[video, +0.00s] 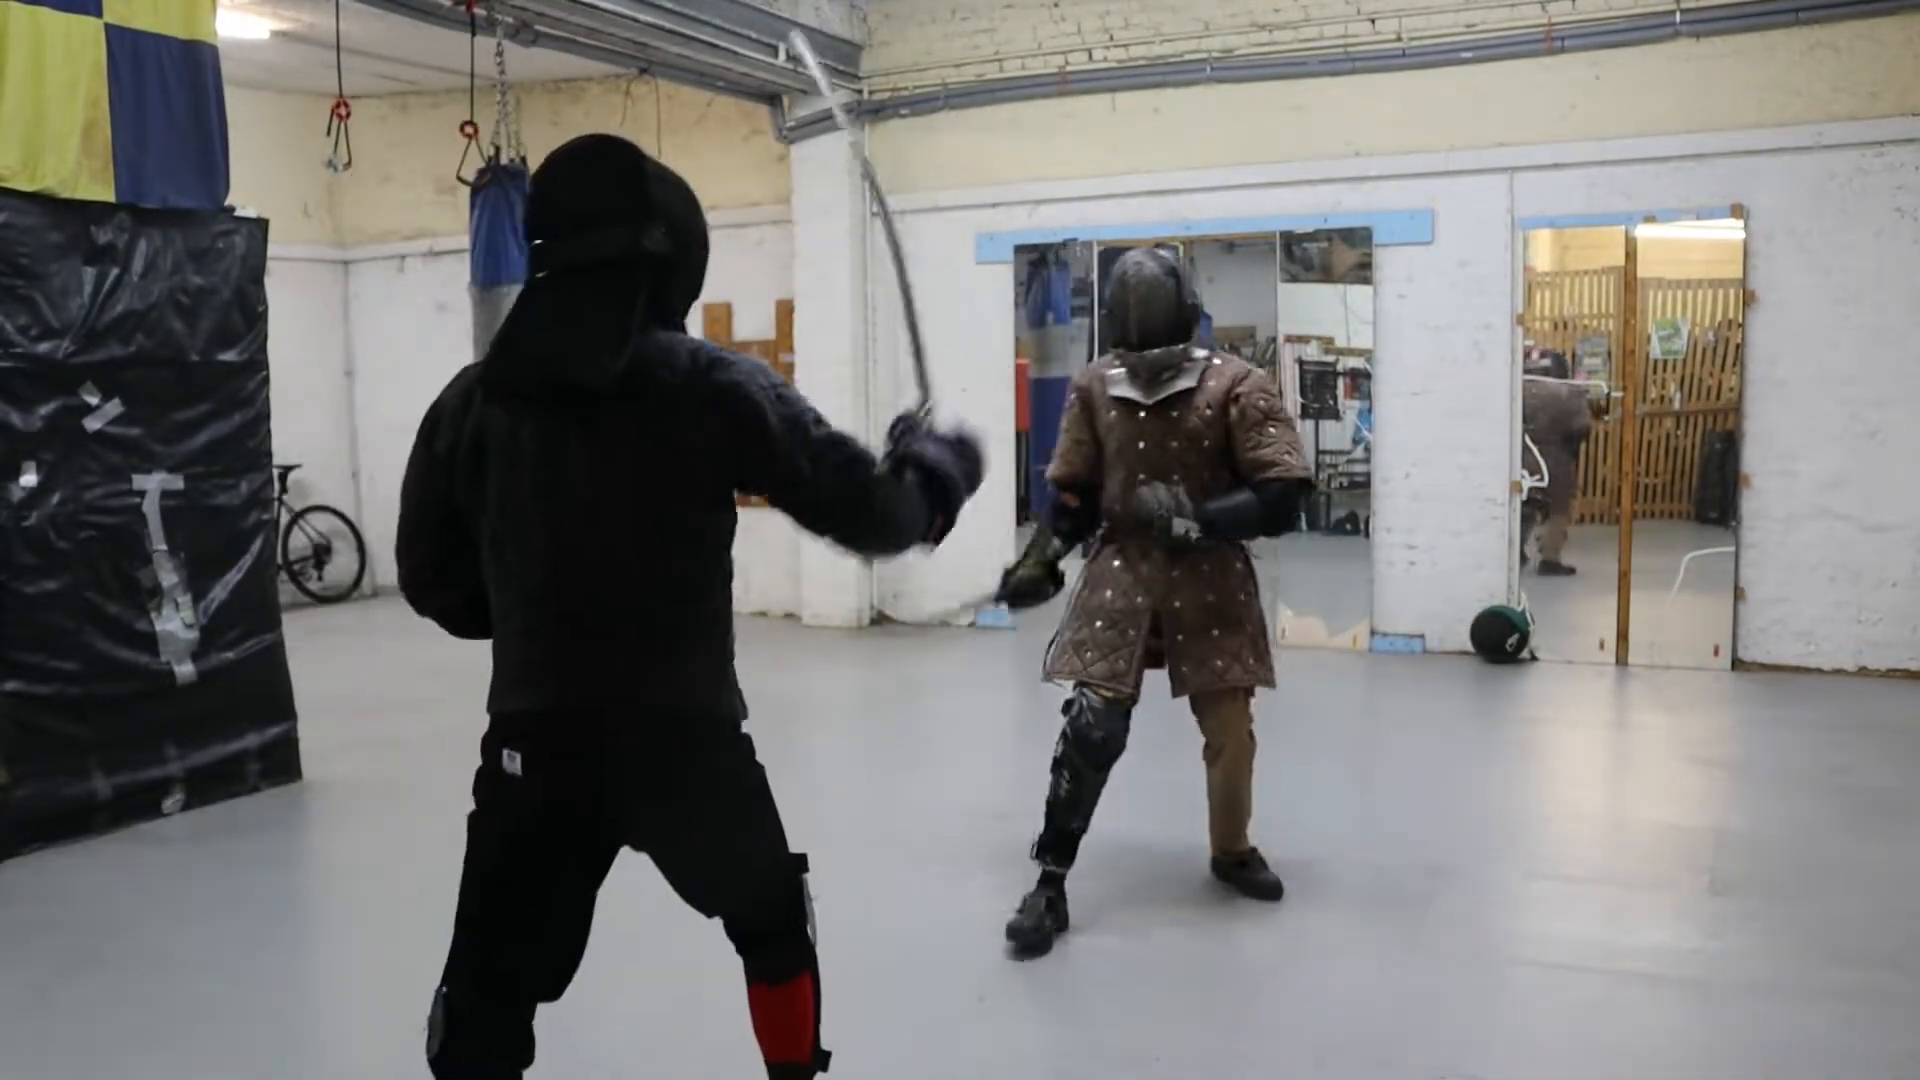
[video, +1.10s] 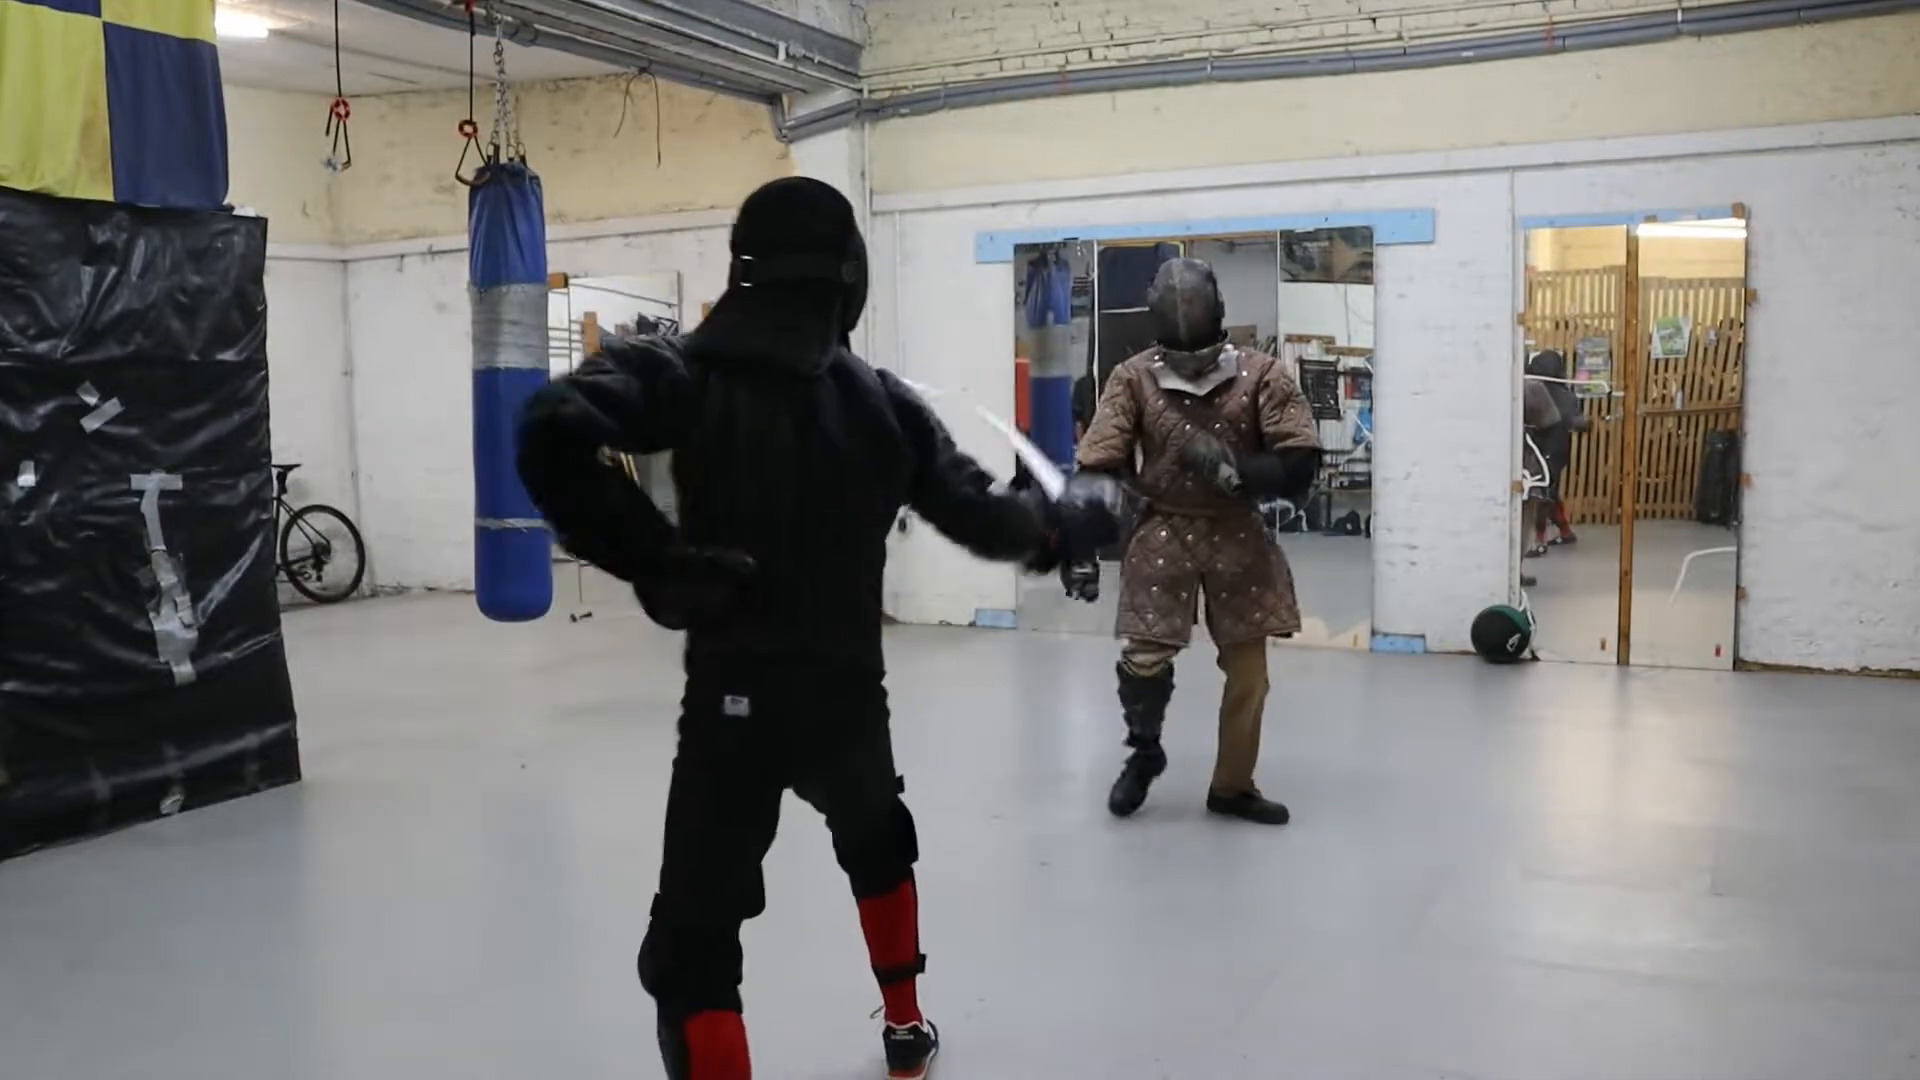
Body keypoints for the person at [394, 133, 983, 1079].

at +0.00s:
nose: (694, 264)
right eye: (684, 244)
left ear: (550, 258)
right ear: (666, 256)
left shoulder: (471, 402)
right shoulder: (710, 390)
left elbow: (435, 580)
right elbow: (873, 511)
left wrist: (540, 602)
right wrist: (938, 466)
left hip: (535, 755)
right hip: (683, 748)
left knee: (485, 995)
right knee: (771, 921)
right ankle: (794, 1071)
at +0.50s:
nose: (764, 264)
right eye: (758, 246)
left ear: (633, 254)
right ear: (752, 259)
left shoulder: (568, 378)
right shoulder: (792, 392)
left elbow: (412, 496)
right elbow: (890, 563)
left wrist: (542, 501)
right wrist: (940, 545)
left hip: (622, 738)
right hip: (758, 738)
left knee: (554, 988)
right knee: (792, 914)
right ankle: (796, 1072)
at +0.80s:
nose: (793, 256)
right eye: (789, 238)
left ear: (666, 245)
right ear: (781, 247)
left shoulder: (604, 372)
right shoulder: (825, 383)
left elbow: (466, 518)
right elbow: (895, 551)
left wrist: (476, 636)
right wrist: (940, 668)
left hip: (662, 704)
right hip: (797, 702)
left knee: (645, 942)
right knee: (833, 856)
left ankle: (685, 1075)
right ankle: (822, 1063)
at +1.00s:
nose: (831, 278)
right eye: (828, 261)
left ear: (716, 260)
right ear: (820, 267)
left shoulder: (659, 365)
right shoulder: (858, 396)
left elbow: (495, 425)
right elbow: (938, 542)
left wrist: (560, 597)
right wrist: (1019, 601)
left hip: (701, 701)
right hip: (819, 700)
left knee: (678, 933)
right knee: (865, 861)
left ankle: (696, 1074)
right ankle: (905, 1032)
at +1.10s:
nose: (854, 286)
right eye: (852, 270)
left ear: (745, 271)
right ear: (847, 278)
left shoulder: (688, 373)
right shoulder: (879, 401)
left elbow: (552, 430)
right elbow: (984, 518)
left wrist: (659, 562)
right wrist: (1061, 523)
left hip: (727, 698)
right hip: (844, 698)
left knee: (697, 931)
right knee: (878, 839)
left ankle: (719, 1071)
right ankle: (905, 1025)